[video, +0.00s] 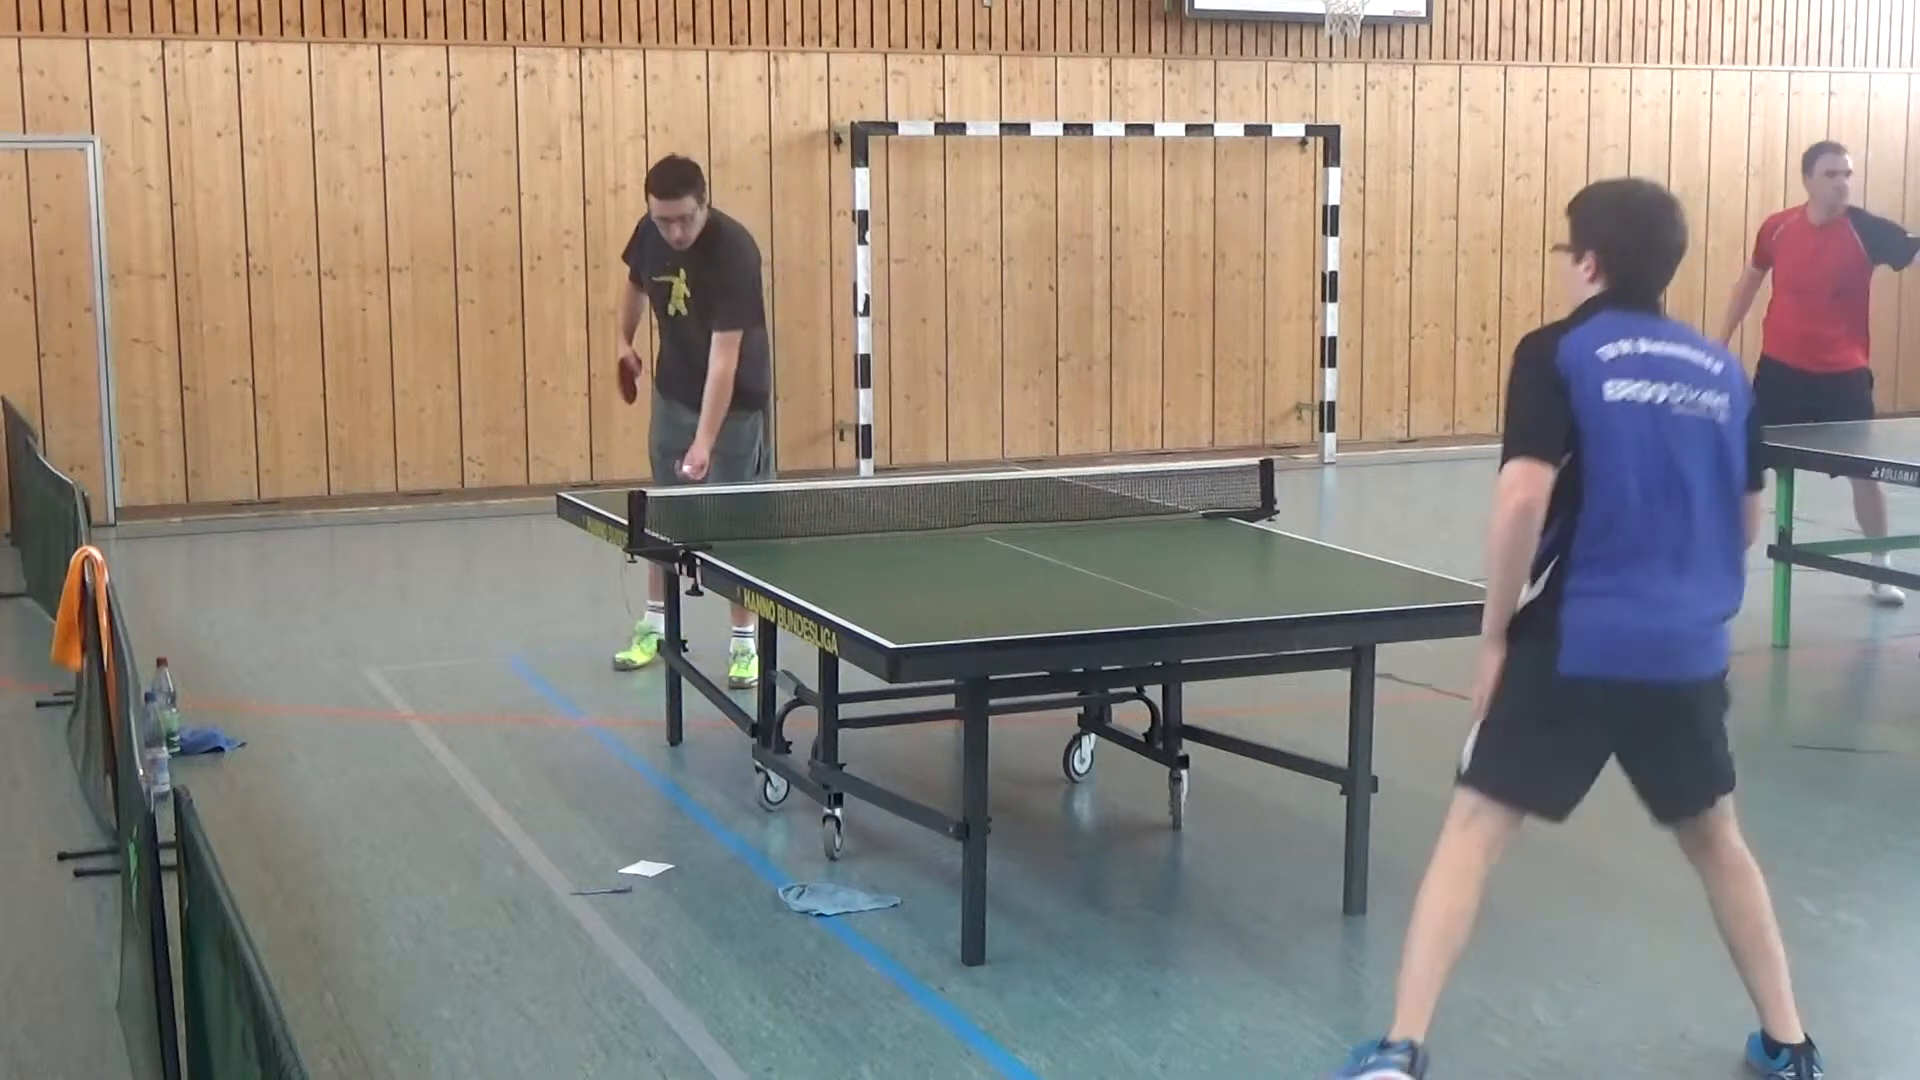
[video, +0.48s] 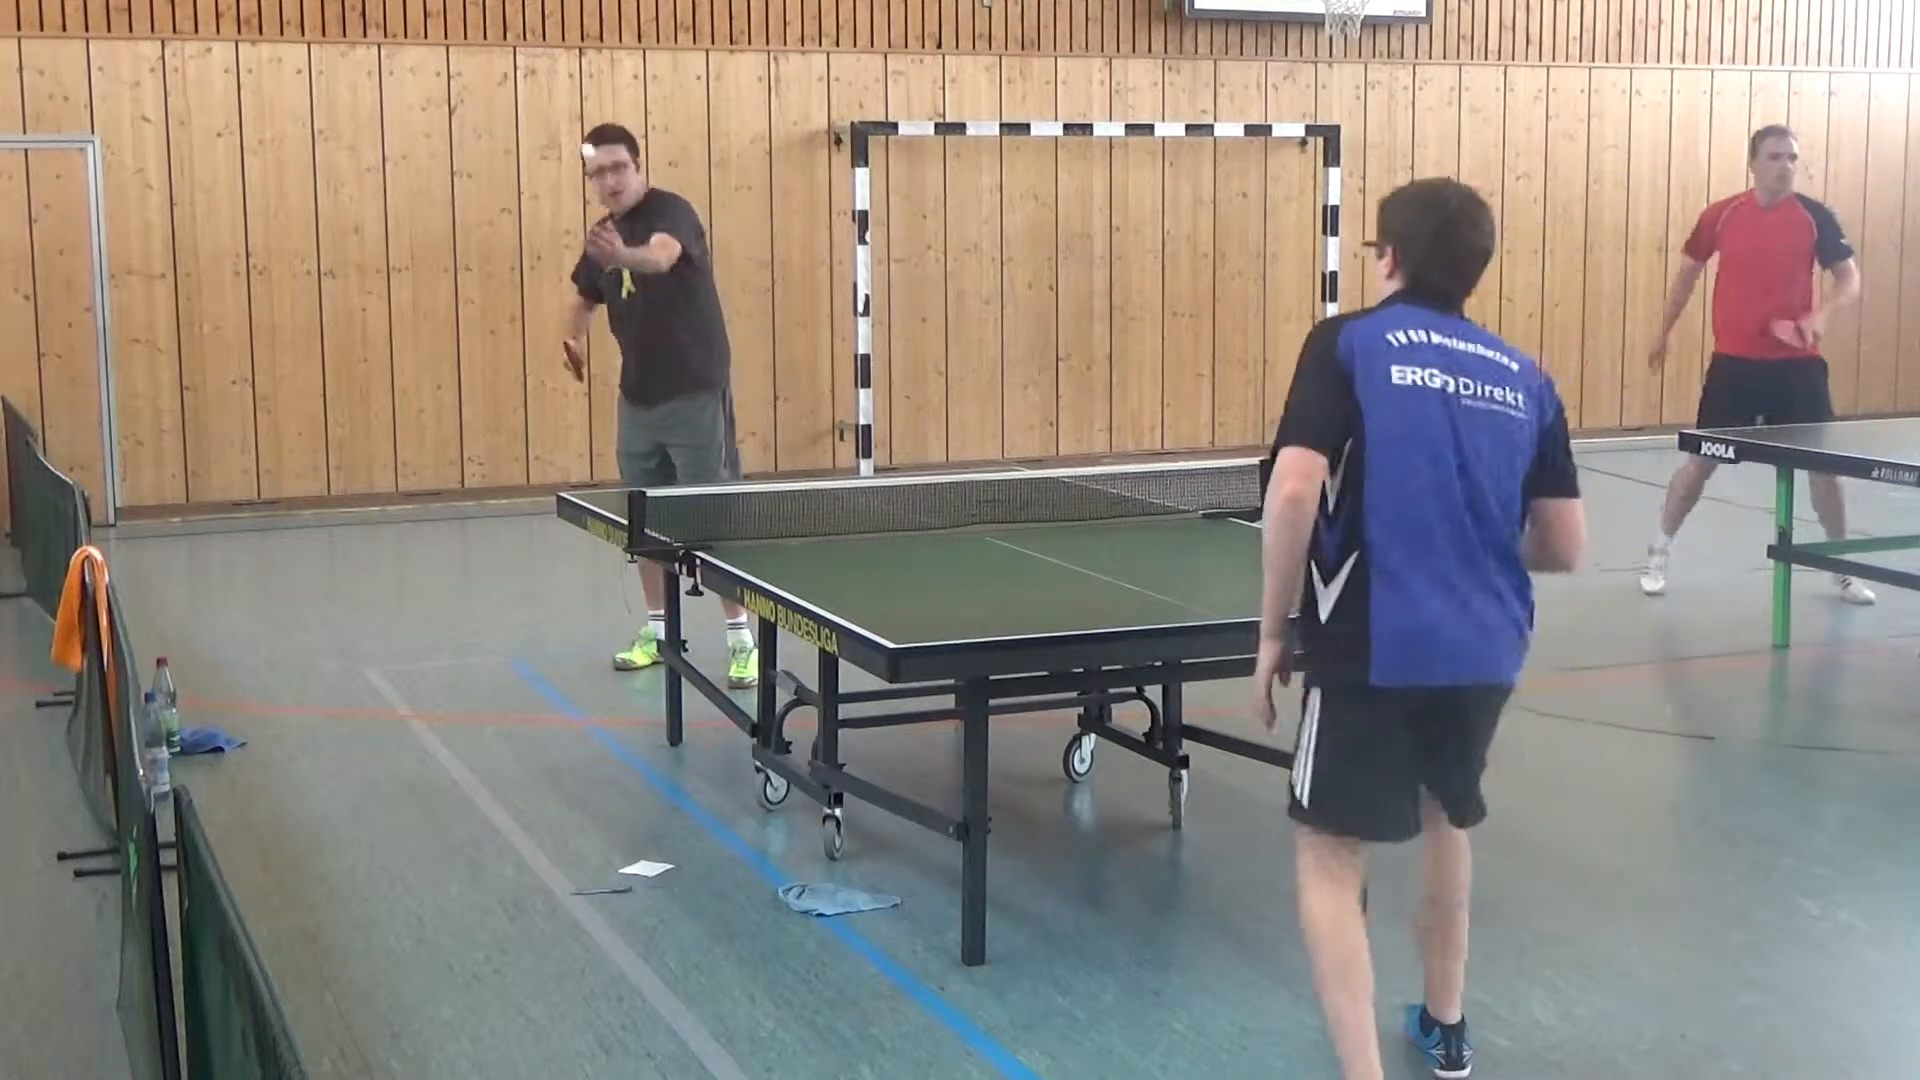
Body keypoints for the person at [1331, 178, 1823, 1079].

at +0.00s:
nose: (1560, 267)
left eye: (1566, 253)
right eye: (1564, 251)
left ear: (1594, 263)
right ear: (1665, 266)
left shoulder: (1554, 351)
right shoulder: (1722, 366)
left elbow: (1524, 494)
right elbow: (1747, 523)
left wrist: (1494, 635)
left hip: (1574, 649)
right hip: (1689, 655)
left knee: (1476, 831)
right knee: (1717, 839)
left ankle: (1402, 1048)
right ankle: (1788, 1042)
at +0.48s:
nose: (1369, 264)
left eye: (1375, 252)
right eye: (1376, 249)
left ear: (1393, 263)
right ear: (1471, 271)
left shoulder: (1346, 341)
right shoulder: (1527, 376)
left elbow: (1295, 486)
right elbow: (1562, 546)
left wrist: (1274, 626)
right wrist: (1479, 534)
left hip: (1371, 651)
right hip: (1485, 654)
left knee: (1329, 862)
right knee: (1448, 817)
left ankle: (1364, 1070)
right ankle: (1445, 1027)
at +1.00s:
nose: (1203, 314)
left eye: (1208, 302)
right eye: (1209, 300)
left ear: (1225, 312)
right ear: (1309, 322)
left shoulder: (1185, 380)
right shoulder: (1364, 415)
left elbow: (1126, 518)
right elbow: (1406, 584)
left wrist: (1132, 650)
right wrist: (1328, 555)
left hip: (1213, 678)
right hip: (1337, 684)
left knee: (1097, 856)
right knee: (1367, 828)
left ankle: (1060, 1070)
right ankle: (1440, 1026)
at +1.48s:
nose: (1212, 352)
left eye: (1214, 340)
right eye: (1213, 340)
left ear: (1232, 344)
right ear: (1317, 347)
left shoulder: (1199, 408)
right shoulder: (1380, 424)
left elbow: (1122, 567)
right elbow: (1431, 576)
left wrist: (1180, 561)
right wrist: (1349, 595)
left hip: (1236, 702)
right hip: (1365, 705)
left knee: (1114, 864)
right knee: (1409, 825)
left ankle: (1059, 1069)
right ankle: (1495, 1016)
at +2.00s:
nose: (1334, 345)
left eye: (1334, 327)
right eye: (1331, 327)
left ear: (1360, 324)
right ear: (1425, 315)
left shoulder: (1386, 389)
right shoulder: (1479, 390)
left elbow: (1323, 548)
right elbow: (1469, 537)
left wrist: (1351, 505)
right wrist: (1369, 511)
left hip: (1404, 683)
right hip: (1485, 681)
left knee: (1284, 881)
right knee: (1413, 837)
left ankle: (1309, 1069)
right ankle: (1501, 1016)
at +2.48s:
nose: (1295, 274)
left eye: (1299, 259)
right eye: (1298, 258)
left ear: (1321, 266)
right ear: (1403, 264)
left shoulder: (1311, 345)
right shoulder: (1485, 361)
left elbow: (1266, 496)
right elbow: (1550, 522)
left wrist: (1236, 583)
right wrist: (1466, 563)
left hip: (1381, 667)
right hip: (1498, 663)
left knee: (1298, 885)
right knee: (1498, 863)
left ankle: (1315, 1072)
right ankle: (1561, 1068)